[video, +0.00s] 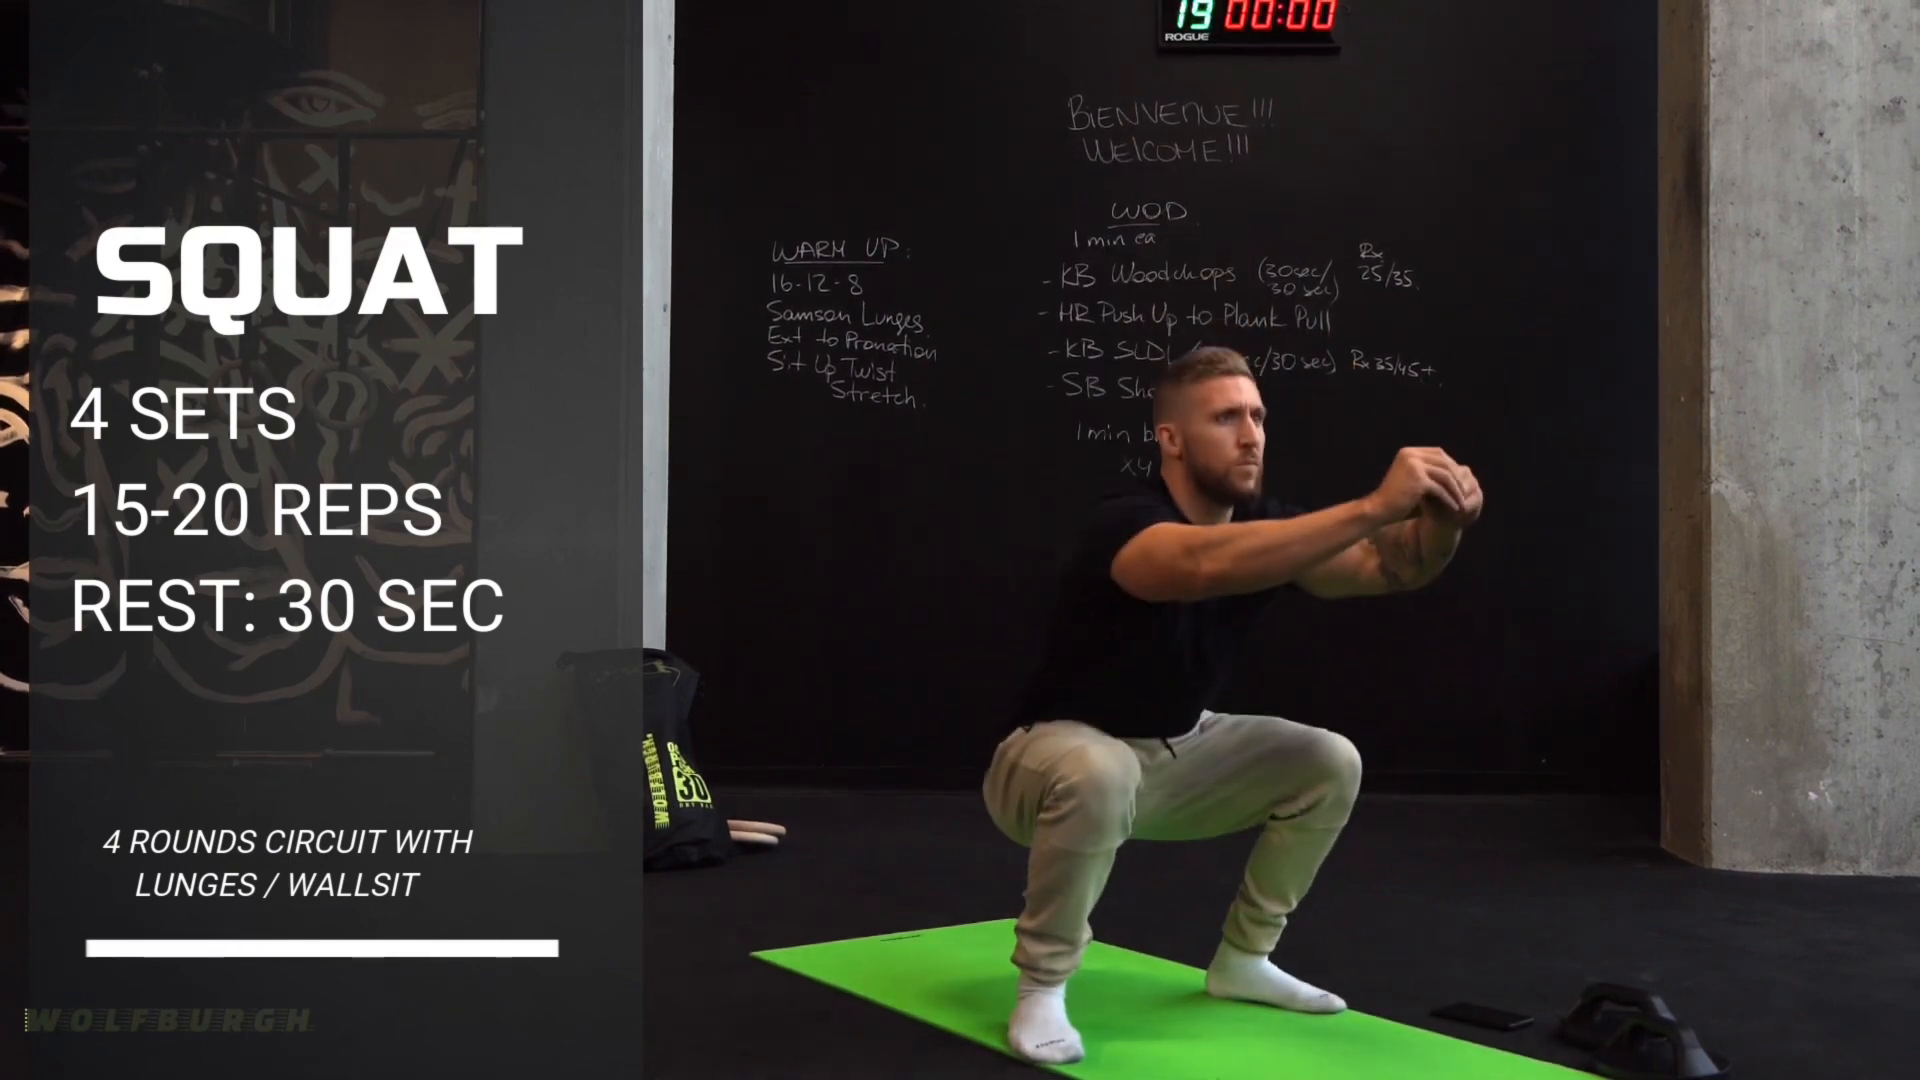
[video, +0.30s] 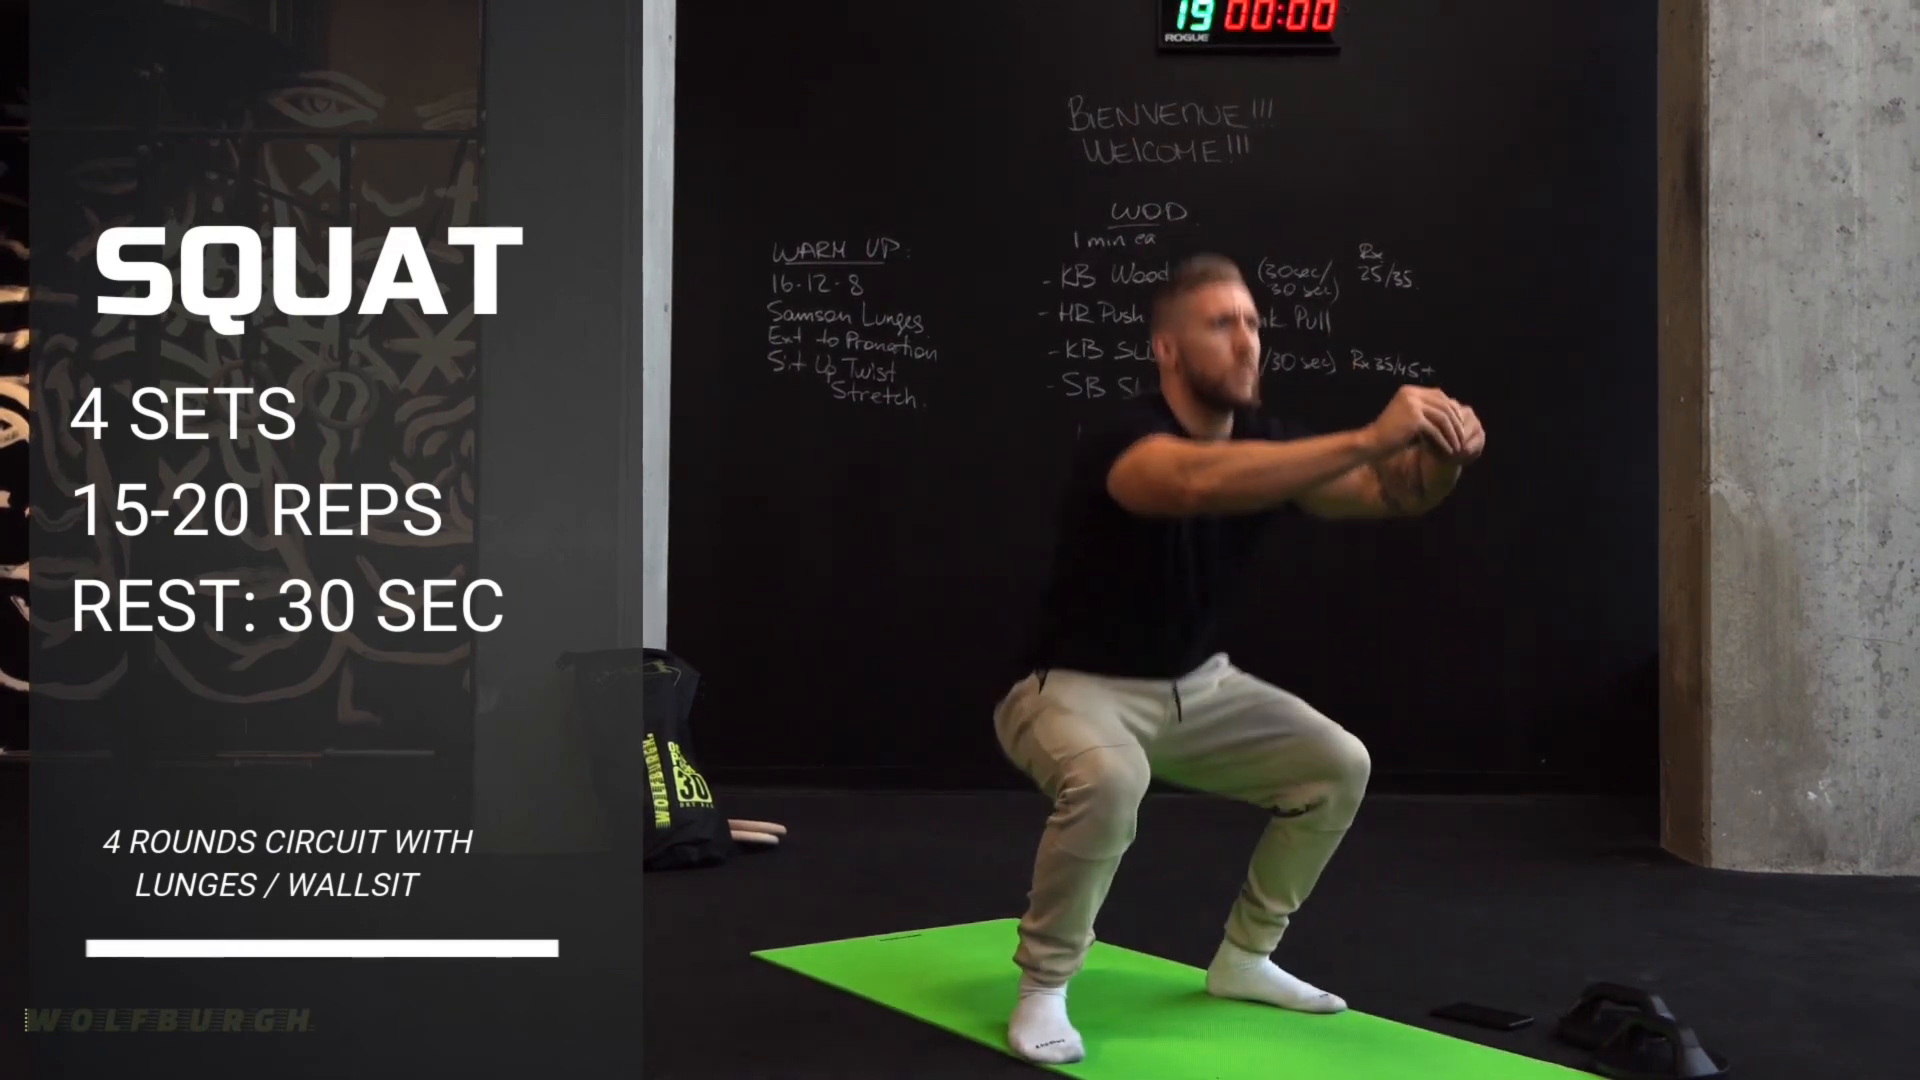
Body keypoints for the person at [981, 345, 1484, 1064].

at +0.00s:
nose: (1251, 435)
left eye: (1257, 417)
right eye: (1227, 418)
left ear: (1265, 430)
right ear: (1170, 440)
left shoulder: (1259, 534)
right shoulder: (1123, 523)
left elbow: (1385, 565)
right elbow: (1201, 566)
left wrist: (1443, 524)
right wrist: (1374, 509)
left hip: (1179, 756)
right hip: (1055, 752)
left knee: (1329, 767)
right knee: (1101, 773)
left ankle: (1242, 961)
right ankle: (1043, 989)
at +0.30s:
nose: (1247, 340)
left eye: (1252, 324)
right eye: (1223, 325)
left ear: (1260, 343)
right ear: (1165, 350)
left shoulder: (1259, 450)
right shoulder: (1123, 441)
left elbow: (1385, 492)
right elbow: (1199, 484)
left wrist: (1441, 457)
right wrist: (1364, 442)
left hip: (1198, 690)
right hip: (1077, 690)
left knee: (1337, 767)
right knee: (1108, 781)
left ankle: (1242, 961)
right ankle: (1044, 989)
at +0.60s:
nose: (1219, 104)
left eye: (1224, 89)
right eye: (1194, 89)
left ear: (1233, 112)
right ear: (1140, 112)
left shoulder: (1252, 234)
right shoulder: (1097, 219)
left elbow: (1323, 360)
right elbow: (1093, 369)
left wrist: (1390, 462)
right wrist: (1181, 484)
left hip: (1227, 549)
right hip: (1109, 548)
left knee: (1285, 742)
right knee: (1106, 752)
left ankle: (1239, 957)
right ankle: (1043, 980)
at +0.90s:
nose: (1208, 59)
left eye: (1214, 44)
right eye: (1183, 44)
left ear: (1222, 70)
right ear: (1130, 73)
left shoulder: (1248, 199)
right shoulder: (1083, 187)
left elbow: (1278, 367)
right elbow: (1024, 355)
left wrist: (1290, 511)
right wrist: (1012, 511)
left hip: (1238, 526)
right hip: (1116, 520)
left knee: (1234, 746)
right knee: (1083, 750)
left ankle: (1237, 955)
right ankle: (1041, 979)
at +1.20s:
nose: (1229, 153)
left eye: (1233, 136)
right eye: (1204, 137)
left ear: (1243, 154)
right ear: (1148, 158)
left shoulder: (1257, 286)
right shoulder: (1100, 265)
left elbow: (1344, 377)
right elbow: (1127, 385)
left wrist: (1406, 421)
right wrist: (1283, 436)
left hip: (1206, 581)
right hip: (1088, 577)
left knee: (1303, 753)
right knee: (1102, 758)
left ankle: (1242, 959)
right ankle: (1042, 981)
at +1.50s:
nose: (1244, 350)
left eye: (1251, 333)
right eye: (1220, 335)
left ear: (1259, 349)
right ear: (1165, 358)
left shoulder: (1262, 453)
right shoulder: (1119, 448)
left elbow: (1387, 495)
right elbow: (1196, 492)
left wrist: (1446, 453)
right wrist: (1366, 453)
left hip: (1192, 699)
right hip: (1072, 695)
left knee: (1330, 766)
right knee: (1102, 779)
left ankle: (1242, 963)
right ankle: (1043, 989)